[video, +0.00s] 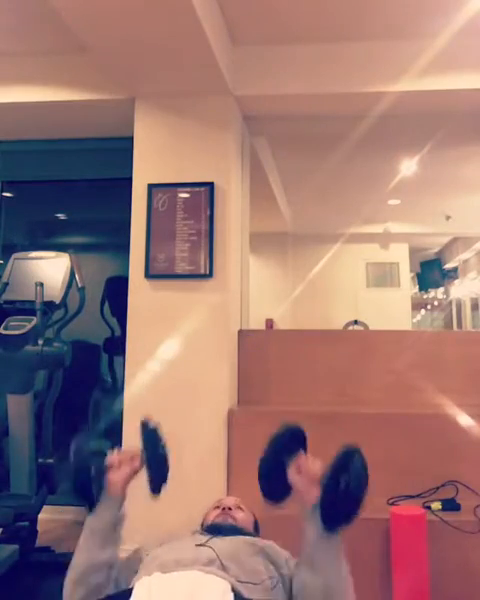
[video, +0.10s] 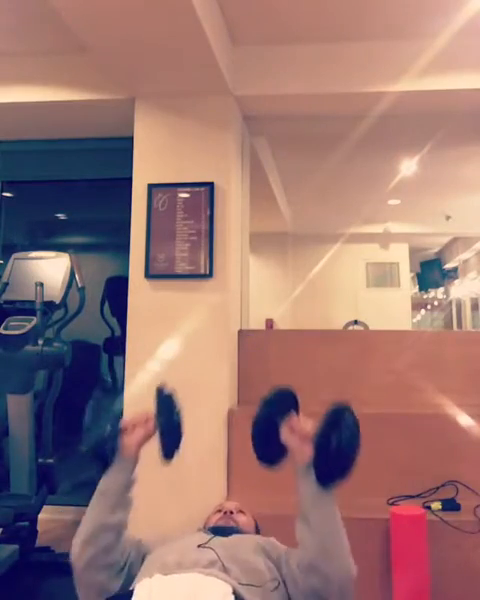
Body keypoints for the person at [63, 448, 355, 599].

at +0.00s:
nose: (226, 506)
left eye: (238, 508)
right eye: (218, 506)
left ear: (255, 530)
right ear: (199, 524)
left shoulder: (271, 553)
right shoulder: (156, 550)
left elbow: (324, 594)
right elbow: (83, 592)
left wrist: (315, 509)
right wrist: (112, 496)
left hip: (223, 589)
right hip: (150, 586)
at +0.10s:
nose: (227, 513)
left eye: (238, 514)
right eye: (218, 512)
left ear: (258, 533)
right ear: (201, 527)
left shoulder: (273, 553)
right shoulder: (156, 552)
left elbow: (332, 581)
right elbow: (92, 565)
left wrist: (307, 468)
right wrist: (124, 461)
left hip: (227, 591)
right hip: (154, 588)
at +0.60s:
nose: (233, 507)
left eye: (244, 509)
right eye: (225, 506)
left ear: (261, 530)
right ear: (208, 522)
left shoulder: (277, 555)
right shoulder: (155, 550)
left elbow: (320, 540)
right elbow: (114, 528)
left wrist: (292, 433)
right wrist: (147, 435)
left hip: (225, 589)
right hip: (154, 588)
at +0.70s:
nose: (232, 504)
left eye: (243, 507)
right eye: (222, 504)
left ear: (261, 529)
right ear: (204, 525)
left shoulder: (273, 550)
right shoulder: (164, 550)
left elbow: (333, 583)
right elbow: (99, 580)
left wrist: (304, 469)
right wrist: (134, 472)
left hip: (230, 590)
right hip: (156, 589)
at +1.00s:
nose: (233, 504)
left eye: (246, 505)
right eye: (225, 503)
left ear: (261, 525)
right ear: (208, 522)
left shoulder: (272, 555)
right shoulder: (158, 554)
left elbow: (309, 595)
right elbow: (109, 595)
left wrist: (324, 567)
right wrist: (111, 560)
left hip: (220, 589)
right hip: (150, 589)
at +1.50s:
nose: (233, 515)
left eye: (245, 516)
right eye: (225, 514)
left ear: (263, 535)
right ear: (207, 526)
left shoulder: (277, 552)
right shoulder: (157, 549)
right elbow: (95, 538)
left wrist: (308, 440)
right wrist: (122, 439)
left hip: (229, 589)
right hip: (155, 585)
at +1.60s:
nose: (232, 518)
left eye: (245, 518)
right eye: (224, 516)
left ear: (263, 531)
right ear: (206, 527)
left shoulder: (283, 557)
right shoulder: (150, 549)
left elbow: (309, 512)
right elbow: (113, 506)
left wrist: (294, 411)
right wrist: (137, 413)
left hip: (227, 588)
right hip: (150, 587)